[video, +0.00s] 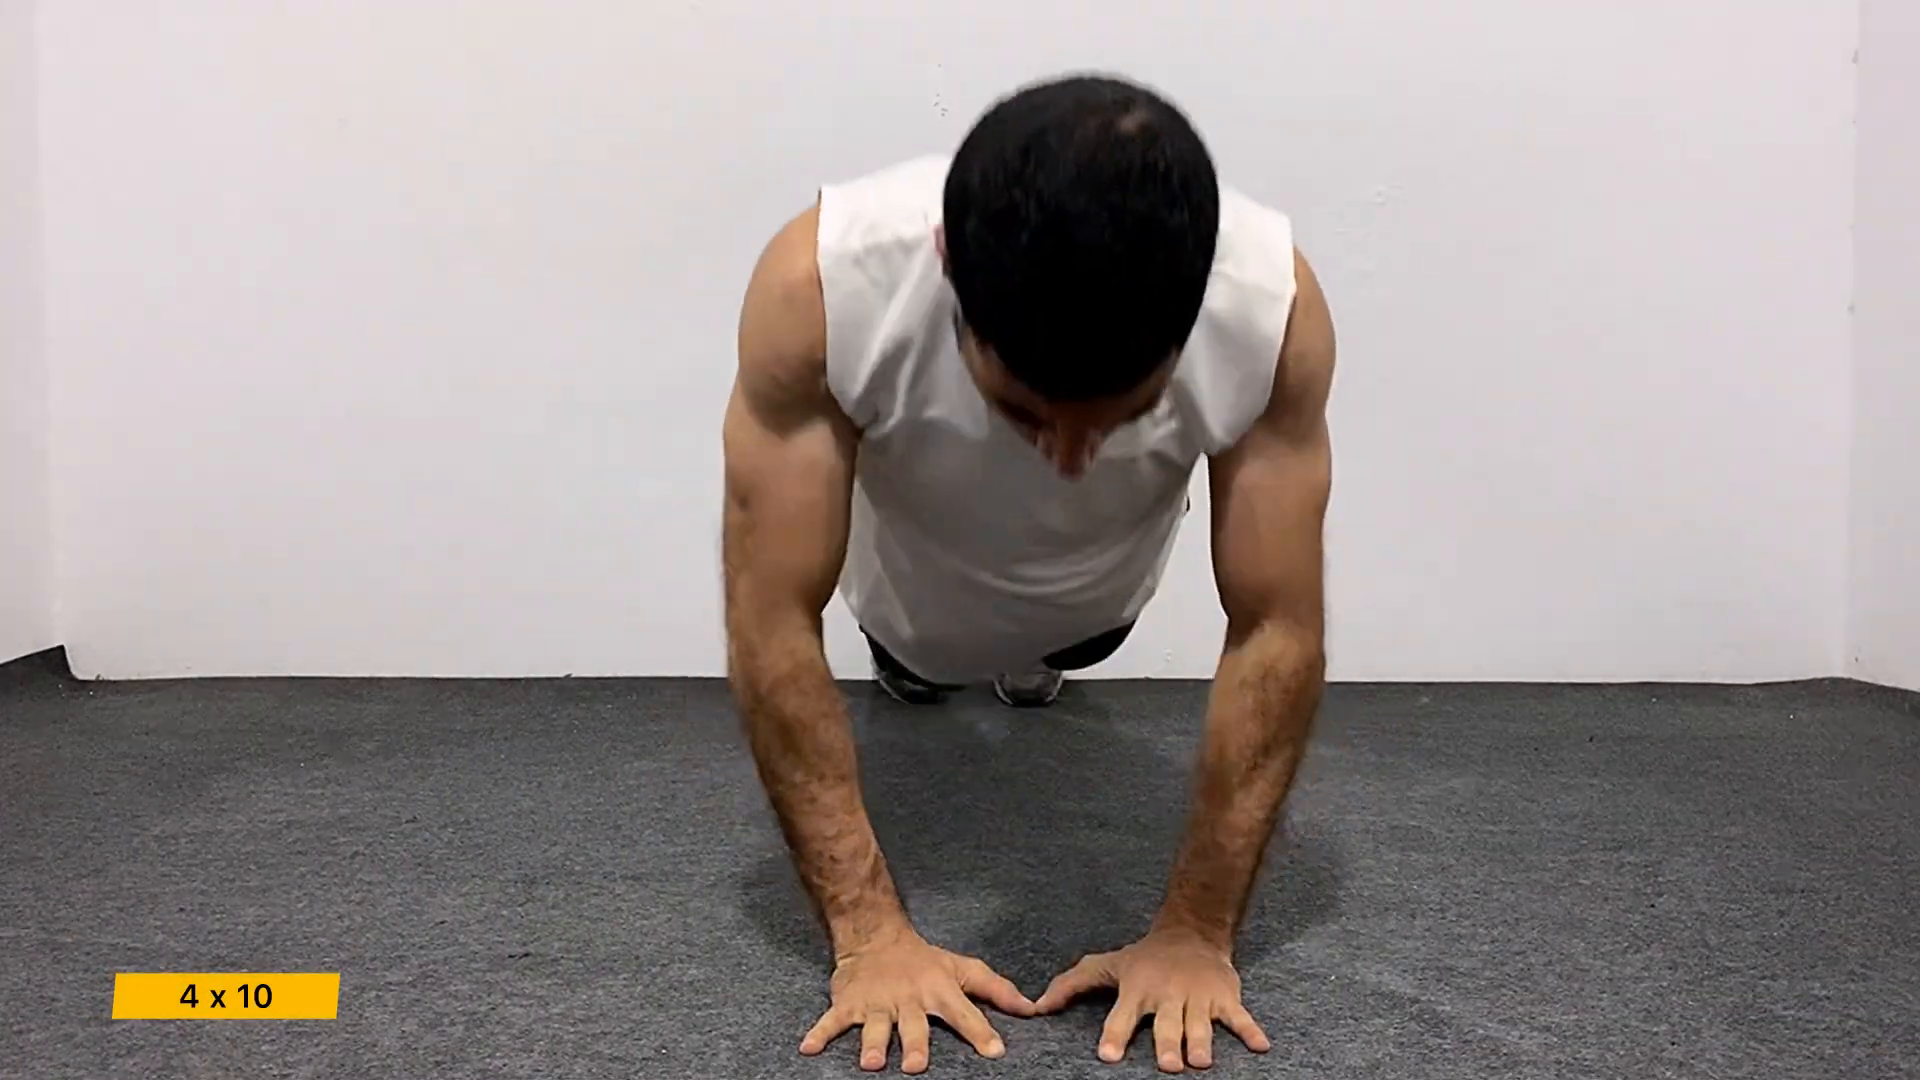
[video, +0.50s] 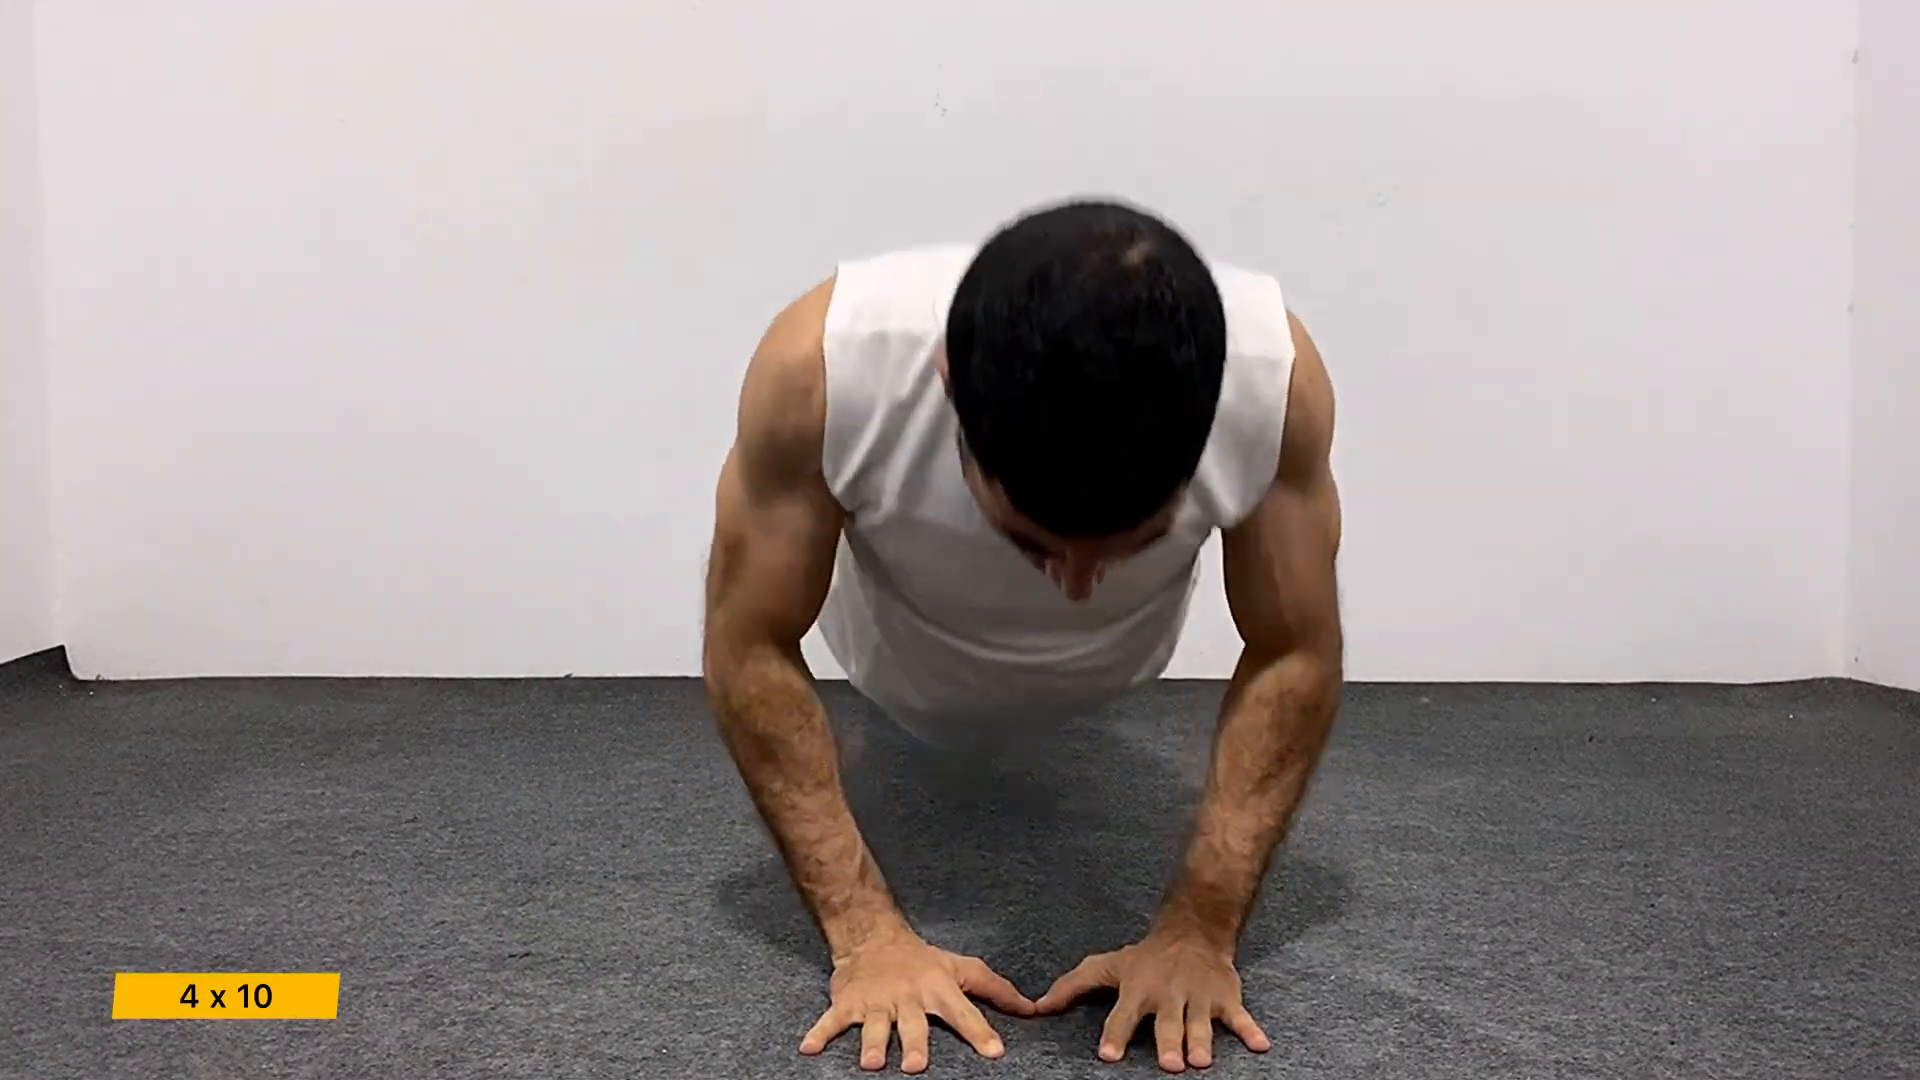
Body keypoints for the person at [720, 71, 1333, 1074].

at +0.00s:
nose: (1068, 455)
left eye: (1117, 416)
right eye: (1027, 411)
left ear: (1183, 327)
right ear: (953, 295)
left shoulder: (1268, 312)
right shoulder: (819, 291)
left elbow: (1277, 630)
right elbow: (770, 624)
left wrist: (1195, 932)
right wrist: (869, 932)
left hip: (1098, 614)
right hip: (914, 614)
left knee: (1062, 663)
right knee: (918, 675)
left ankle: (1030, 670)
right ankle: (917, 678)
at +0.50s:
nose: (1077, 579)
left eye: (1130, 542)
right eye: (1034, 540)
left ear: (1204, 428)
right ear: (948, 392)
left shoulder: (1270, 382)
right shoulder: (820, 371)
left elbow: (1294, 652)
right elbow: (747, 649)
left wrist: (1200, 927)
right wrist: (868, 935)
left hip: (1118, 666)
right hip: (908, 674)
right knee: (915, 698)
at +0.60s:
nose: (1088, 724)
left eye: (1133, 689)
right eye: (1042, 686)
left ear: (1215, 562)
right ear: (958, 529)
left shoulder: (1283, 480)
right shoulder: (827, 469)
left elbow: (1305, 681)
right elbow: (724, 674)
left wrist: (1201, 926)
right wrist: (865, 933)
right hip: (900, 721)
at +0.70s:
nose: (1093, 871)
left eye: (1136, 833)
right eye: (1051, 826)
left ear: (1227, 697)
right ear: (967, 672)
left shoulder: (1295, 573)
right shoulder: (826, 569)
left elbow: (1314, 707)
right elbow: (709, 692)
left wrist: (1203, 927)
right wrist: (863, 933)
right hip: (911, 816)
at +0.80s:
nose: (1070, 982)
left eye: (1122, 955)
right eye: (1037, 944)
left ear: (1232, 797)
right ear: (965, 766)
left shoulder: (1302, 644)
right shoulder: (830, 643)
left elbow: (1339, 718)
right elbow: (703, 687)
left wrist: (1209, 937)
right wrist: (862, 939)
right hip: (913, 831)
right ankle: (943, 555)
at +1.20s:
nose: (1089, 926)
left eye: (1132, 885)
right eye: (1047, 877)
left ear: (1219, 763)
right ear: (956, 717)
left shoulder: (1298, 620)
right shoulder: (818, 618)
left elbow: (1324, 714)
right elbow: (718, 692)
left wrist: (1201, 929)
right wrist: (862, 931)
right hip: (917, 837)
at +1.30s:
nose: (1087, 784)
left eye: (1131, 745)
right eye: (1042, 741)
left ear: (1212, 632)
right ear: (951, 591)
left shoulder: (1290, 535)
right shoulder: (820, 521)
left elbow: (1307, 696)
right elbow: (722, 688)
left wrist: (1202, 923)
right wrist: (864, 932)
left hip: (1149, 769)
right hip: (903, 781)